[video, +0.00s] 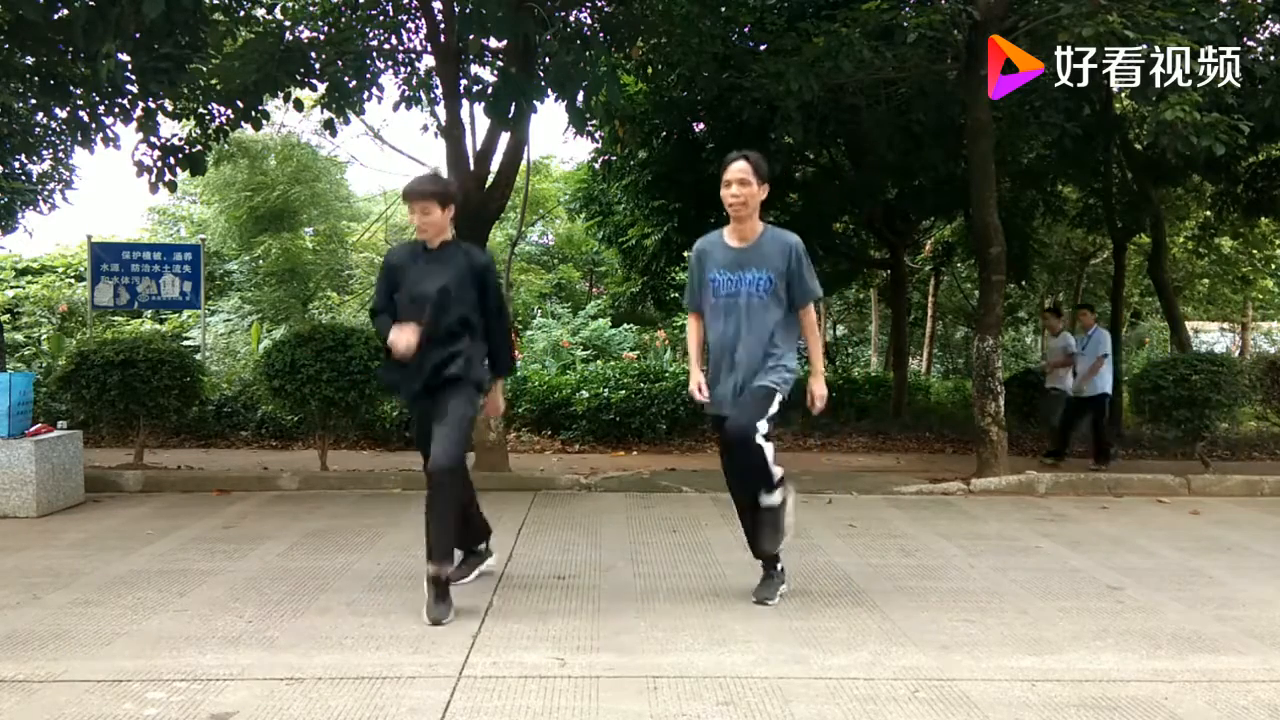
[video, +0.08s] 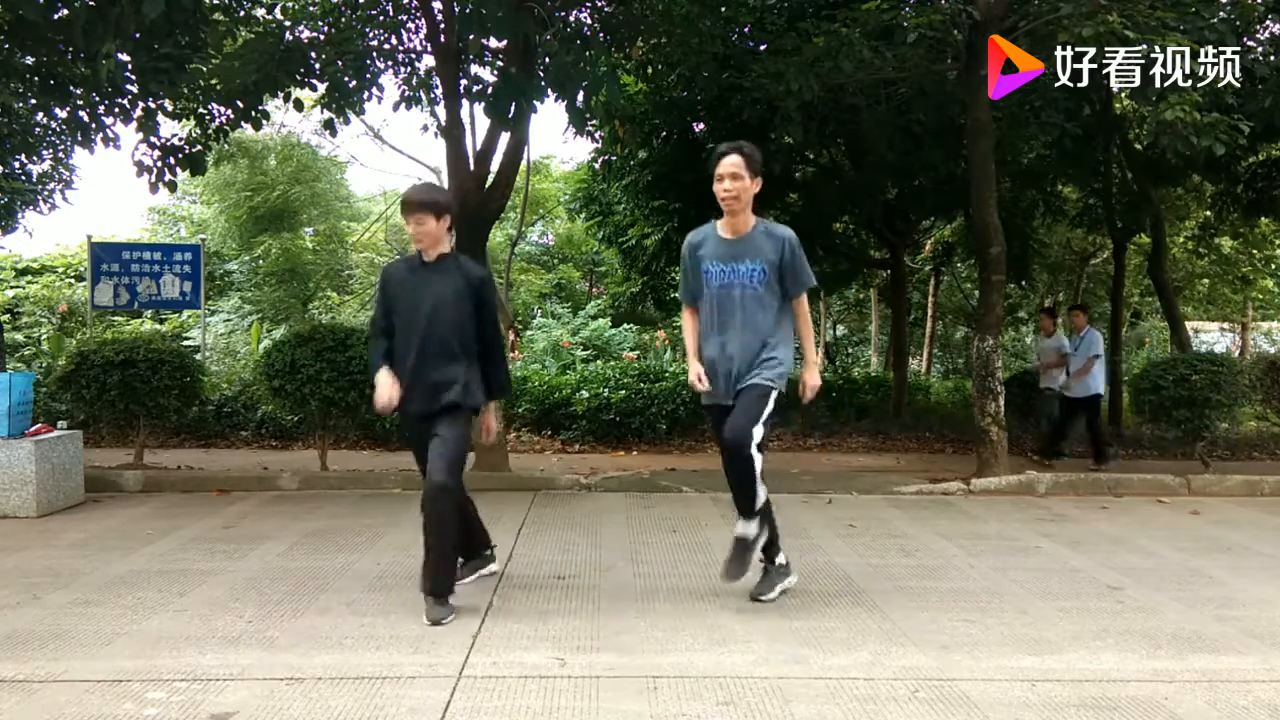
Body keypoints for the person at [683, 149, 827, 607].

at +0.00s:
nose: (734, 192)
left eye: (743, 184)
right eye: (728, 184)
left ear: (763, 191)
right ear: (720, 192)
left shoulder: (788, 246)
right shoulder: (704, 250)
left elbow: (808, 313)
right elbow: (694, 315)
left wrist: (817, 373)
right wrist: (695, 367)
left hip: (774, 367)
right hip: (724, 375)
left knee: (739, 430)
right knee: (738, 475)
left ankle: (773, 494)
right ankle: (771, 567)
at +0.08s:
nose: (726, 186)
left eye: (735, 178)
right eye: (720, 179)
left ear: (756, 184)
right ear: (713, 186)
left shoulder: (781, 241)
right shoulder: (696, 243)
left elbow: (800, 304)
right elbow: (689, 308)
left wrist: (811, 363)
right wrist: (693, 358)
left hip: (768, 363)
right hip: (718, 370)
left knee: (736, 436)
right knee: (740, 465)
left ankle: (747, 527)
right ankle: (776, 562)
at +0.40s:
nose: (689, 186)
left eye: (698, 178)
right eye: (683, 178)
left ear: (719, 184)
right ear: (675, 185)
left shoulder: (742, 242)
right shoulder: (663, 243)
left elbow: (760, 308)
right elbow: (661, 309)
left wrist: (770, 371)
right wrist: (658, 367)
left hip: (729, 386)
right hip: (678, 385)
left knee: (719, 483)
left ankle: (712, 576)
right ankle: (732, 512)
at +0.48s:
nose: (682, 191)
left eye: (692, 183)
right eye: (676, 183)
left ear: (712, 189)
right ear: (669, 191)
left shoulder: (734, 246)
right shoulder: (657, 245)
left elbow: (750, 314)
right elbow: (654, 310)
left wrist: (759, 375)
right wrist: (647, 364)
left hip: (721, 383)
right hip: (669, 380)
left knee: (712, 479)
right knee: (642, 453)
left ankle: (723, 572)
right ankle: (704, 490)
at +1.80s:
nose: (543, 177)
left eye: (552, 169)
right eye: (535, 169)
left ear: (568, 178)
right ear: (524, 176)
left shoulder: (587, 232)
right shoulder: (506, 234)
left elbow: (642, 262)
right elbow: (475, 272)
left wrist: (650, 274)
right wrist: (437, 275)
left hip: (572, 377)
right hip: (521, 378)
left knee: (573, 478)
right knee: (534, 481)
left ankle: (579, 583)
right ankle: (546, 563)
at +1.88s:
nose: (542, 180)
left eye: (551, 172)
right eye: (535, 171)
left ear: (567, 181)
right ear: (524, 179)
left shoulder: (587, 234)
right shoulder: (506, 236)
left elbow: (646, 266)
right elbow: (472, 270)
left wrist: (650, 287)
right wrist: (438, 277)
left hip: (571, 381)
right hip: (521, 382)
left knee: (569, 478)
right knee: (531, 483)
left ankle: (576, 584)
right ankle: (551, 565)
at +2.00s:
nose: (541, 188)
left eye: (550, 180)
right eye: (534, 179)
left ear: (566, 189)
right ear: (523, 186)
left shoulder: (588, 244)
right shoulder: (507, 247)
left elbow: (630, 292)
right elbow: (485, 304)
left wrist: (635, 305)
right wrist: (450, 299)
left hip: (568, 387)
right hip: (518, 386)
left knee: (541, 481)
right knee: (522, 484)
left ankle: (523, 576)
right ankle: (574, 563)